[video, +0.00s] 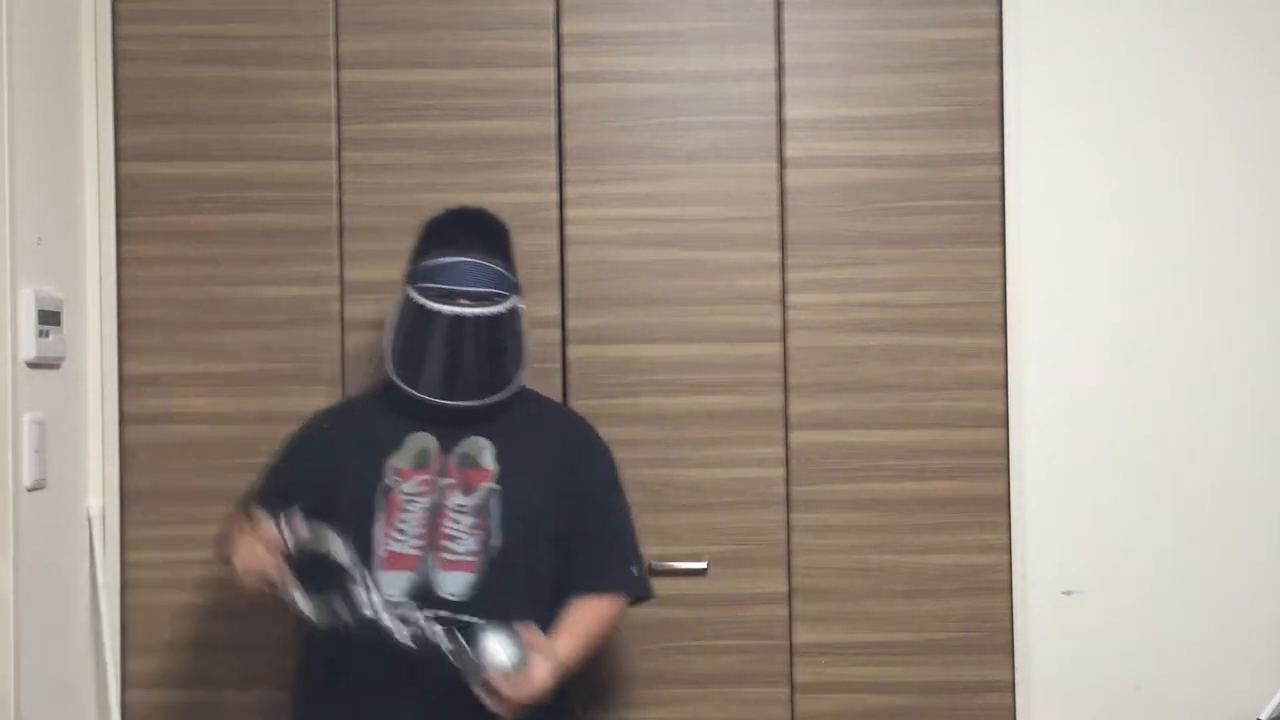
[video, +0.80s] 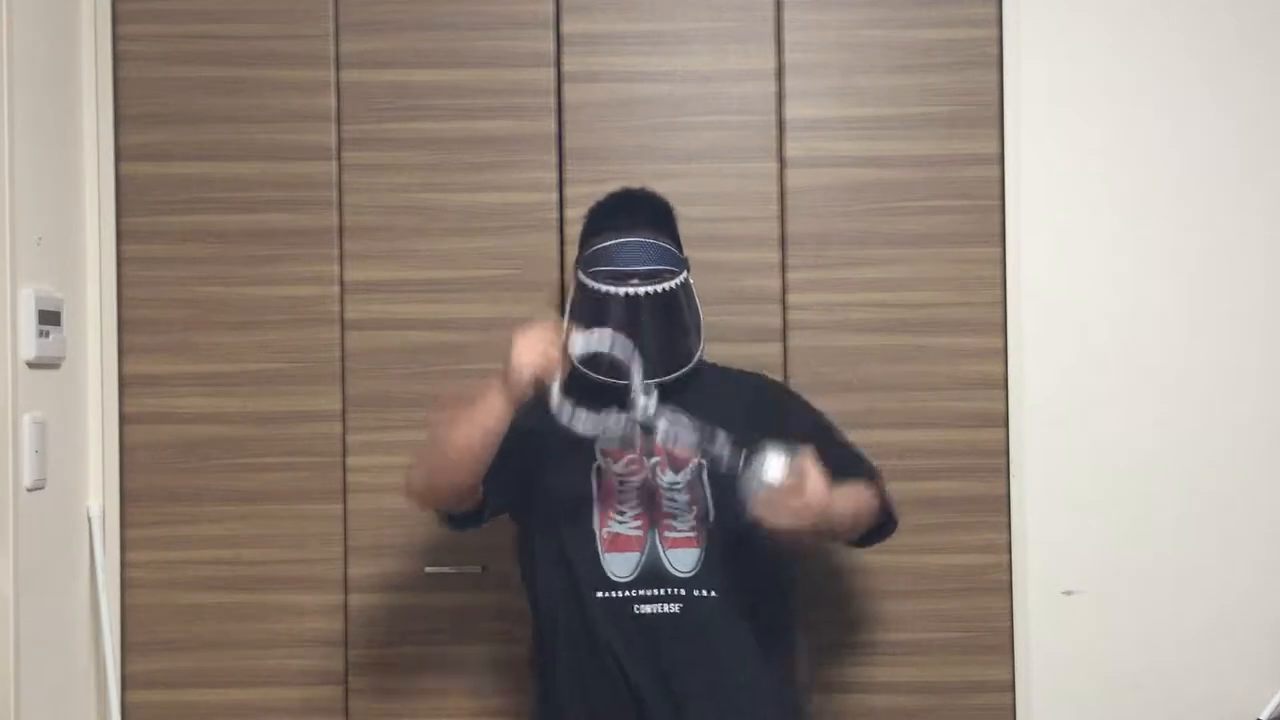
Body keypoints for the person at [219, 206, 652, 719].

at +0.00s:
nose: (458, 336)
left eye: (478, 318)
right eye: (440, 315)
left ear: (510, 319)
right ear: (408, 312)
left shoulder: (565, 445)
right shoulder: (339, 434)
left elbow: (608, 581)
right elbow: (259, 517)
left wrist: (553, 656)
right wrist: (254, 547)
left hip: (495, 704)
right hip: (352, 701)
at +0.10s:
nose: (507, 349)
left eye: (526, 329)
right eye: (487, 328)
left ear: (556, 328)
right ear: (453, 323)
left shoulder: (615, 454)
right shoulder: (386, 455)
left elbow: (652, 594)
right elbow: (333, 567)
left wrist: (615, 691)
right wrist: (334, 611)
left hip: (558, 706)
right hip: (409, 703)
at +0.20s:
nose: (557, 347)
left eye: (577, 328)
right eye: (536, 329)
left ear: (607, 325)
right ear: (503, 326)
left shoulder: (672, 447)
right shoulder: (448, 453)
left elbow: (722, 581)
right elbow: (376, 569)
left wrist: (698, 659)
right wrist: (394, 591)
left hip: (628, 702)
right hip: (484, 701)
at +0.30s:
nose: (597, 330)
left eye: (616, 311)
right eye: (577, 312)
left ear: (645, 308)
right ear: (545, 310)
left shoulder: (713, 426)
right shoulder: (491, 437)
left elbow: (793, 539)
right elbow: (406, 576)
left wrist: (750, 606)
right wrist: (455, 511)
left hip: (684, 700)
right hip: (539, 701)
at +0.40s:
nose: (621, 319)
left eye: (641, 298)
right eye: (600, 298)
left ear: (671, 296)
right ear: (566, 299)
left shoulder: (736, 405)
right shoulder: (528, 423)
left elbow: (856, 510)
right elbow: (426, 518)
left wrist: (812, 502)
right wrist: (498, 403)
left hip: (718, 701)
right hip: (570, 702)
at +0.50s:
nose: (638, 303)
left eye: (658, 280)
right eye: (615, 281)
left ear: (686, 286)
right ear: (579, 290)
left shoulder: (758, 406)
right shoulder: (541, 413)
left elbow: (884, 495)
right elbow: (444, 456)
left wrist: (858, 439)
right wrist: (517, 331)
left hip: (740, 698)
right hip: (588, 700)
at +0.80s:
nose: (630, 325)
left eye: (649, 303)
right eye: (610, 304)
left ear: (682, 299)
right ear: (577, 303)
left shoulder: (750, 406)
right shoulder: (540, 421)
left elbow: (874, 508)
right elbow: (436, 489)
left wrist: (825, 507)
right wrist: (510, 392)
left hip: (737, 701)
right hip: (587, 703)